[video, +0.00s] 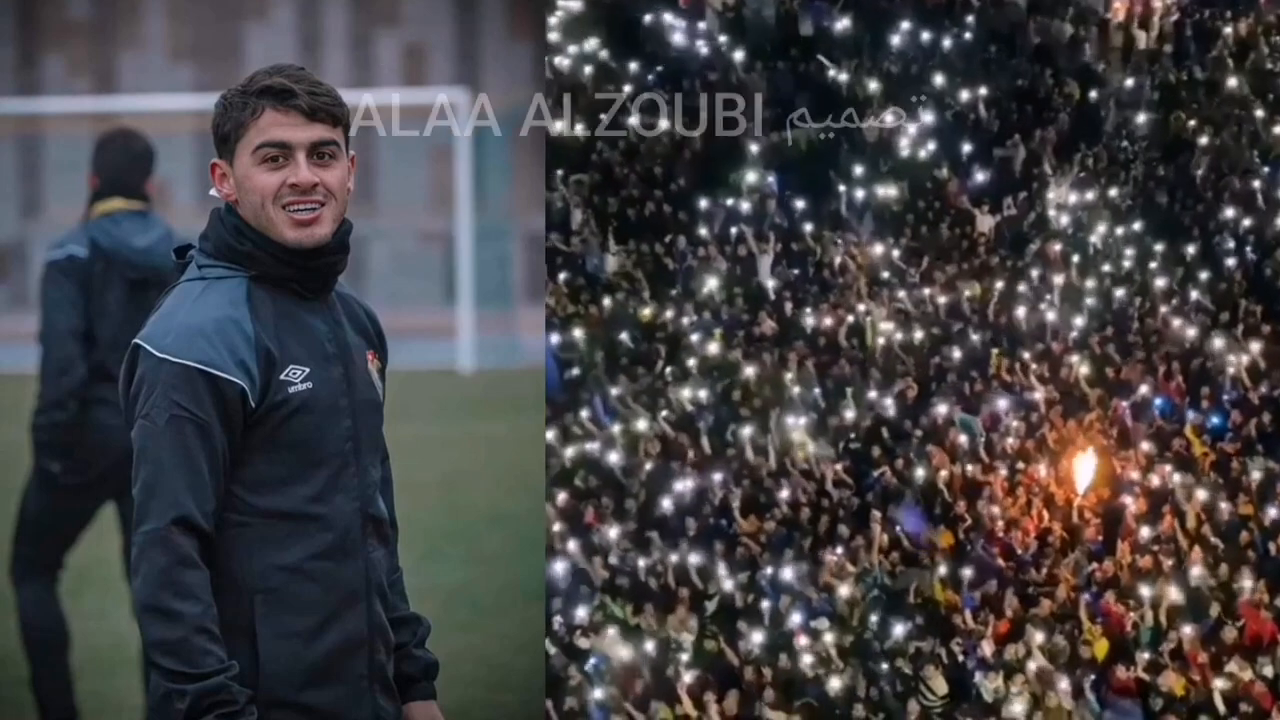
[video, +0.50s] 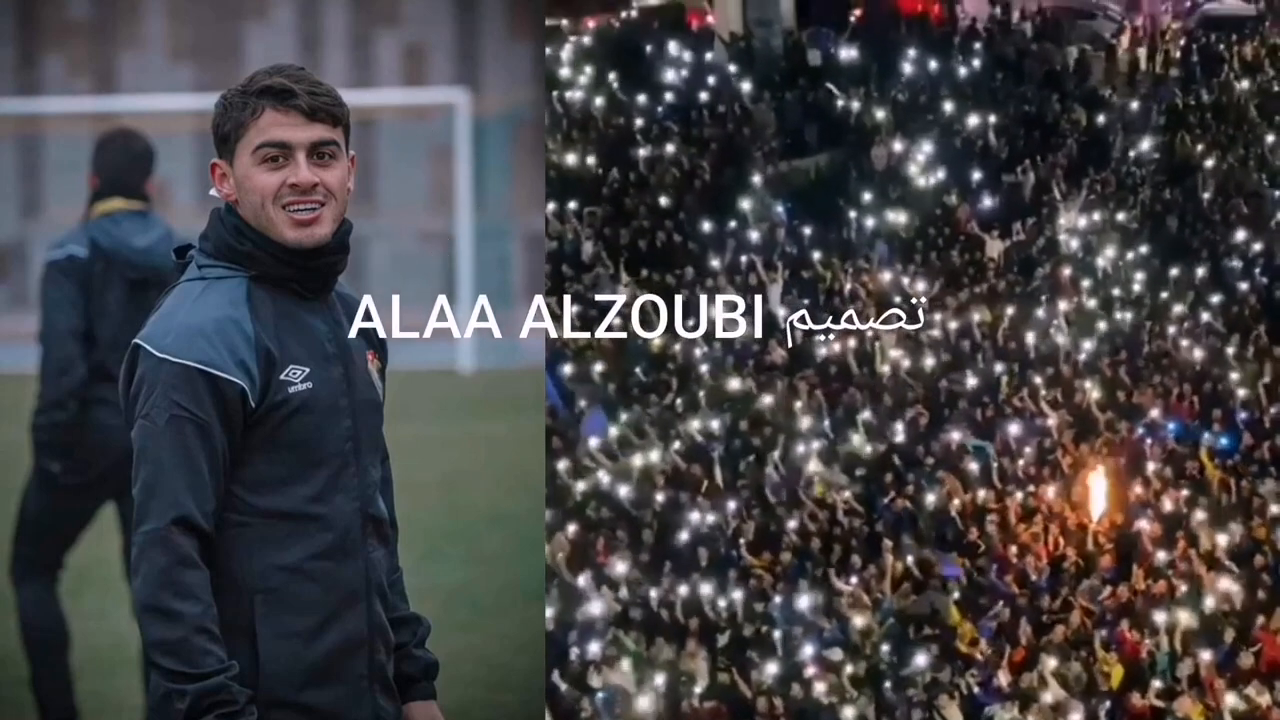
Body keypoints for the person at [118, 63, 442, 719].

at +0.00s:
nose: (305, 178)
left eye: (322, 155)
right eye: (274, 158)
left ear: (350, 171)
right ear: (226, 182)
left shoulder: (356, 323)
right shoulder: (194, 335)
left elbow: (372, 524)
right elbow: (164, 552)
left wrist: (414, 684)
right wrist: (213, 705)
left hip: (365, 690)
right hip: (259, 692)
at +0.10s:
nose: (304, 178)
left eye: (322, 156)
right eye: (274, 158)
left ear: (350, 173)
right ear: (226, 182)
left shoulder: (356, 323)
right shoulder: (195, 334)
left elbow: (373, 525)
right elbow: (164, 551)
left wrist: (414, 684)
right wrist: (213, 705)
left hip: (365, 690)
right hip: (259, 691)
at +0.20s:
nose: (305, 178)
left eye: (322, 155)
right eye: (274, 158)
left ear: (350, 170)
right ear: (226, 181)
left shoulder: (356, 323)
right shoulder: (195, 335)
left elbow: (373, 525)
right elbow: (164, 551)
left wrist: (414, 684)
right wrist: (213, 705)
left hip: (365, 690)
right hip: (259, 692)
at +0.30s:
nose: (305, 178)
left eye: (322, 155)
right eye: (274, 158)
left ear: (350, 170)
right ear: (226, 181)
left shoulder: (356, 322)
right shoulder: (195, 335)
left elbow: (372, 524)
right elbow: (164, 551)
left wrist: (414, 684)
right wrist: (213, 705)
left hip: (364, 690)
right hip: (259, 691)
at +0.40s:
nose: (305, 178)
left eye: (322, 155)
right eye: (274, 158)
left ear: (350, 170)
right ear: (226, 182)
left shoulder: (350, 320)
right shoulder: (195, 334)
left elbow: (372, 524)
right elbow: (164, 551)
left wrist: (414, 684)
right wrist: (213, 705)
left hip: (364, 690)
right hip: (260, 691)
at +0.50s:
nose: (305, 178)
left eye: (322, 155)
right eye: (274, 158)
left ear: (350, 171)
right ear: (226, 182)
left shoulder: (352, 319)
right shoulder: (195, 334)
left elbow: (372, 524)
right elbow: (164, 551)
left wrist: (414, 684)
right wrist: (213, 705)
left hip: (364, 690)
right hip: (260, 692)